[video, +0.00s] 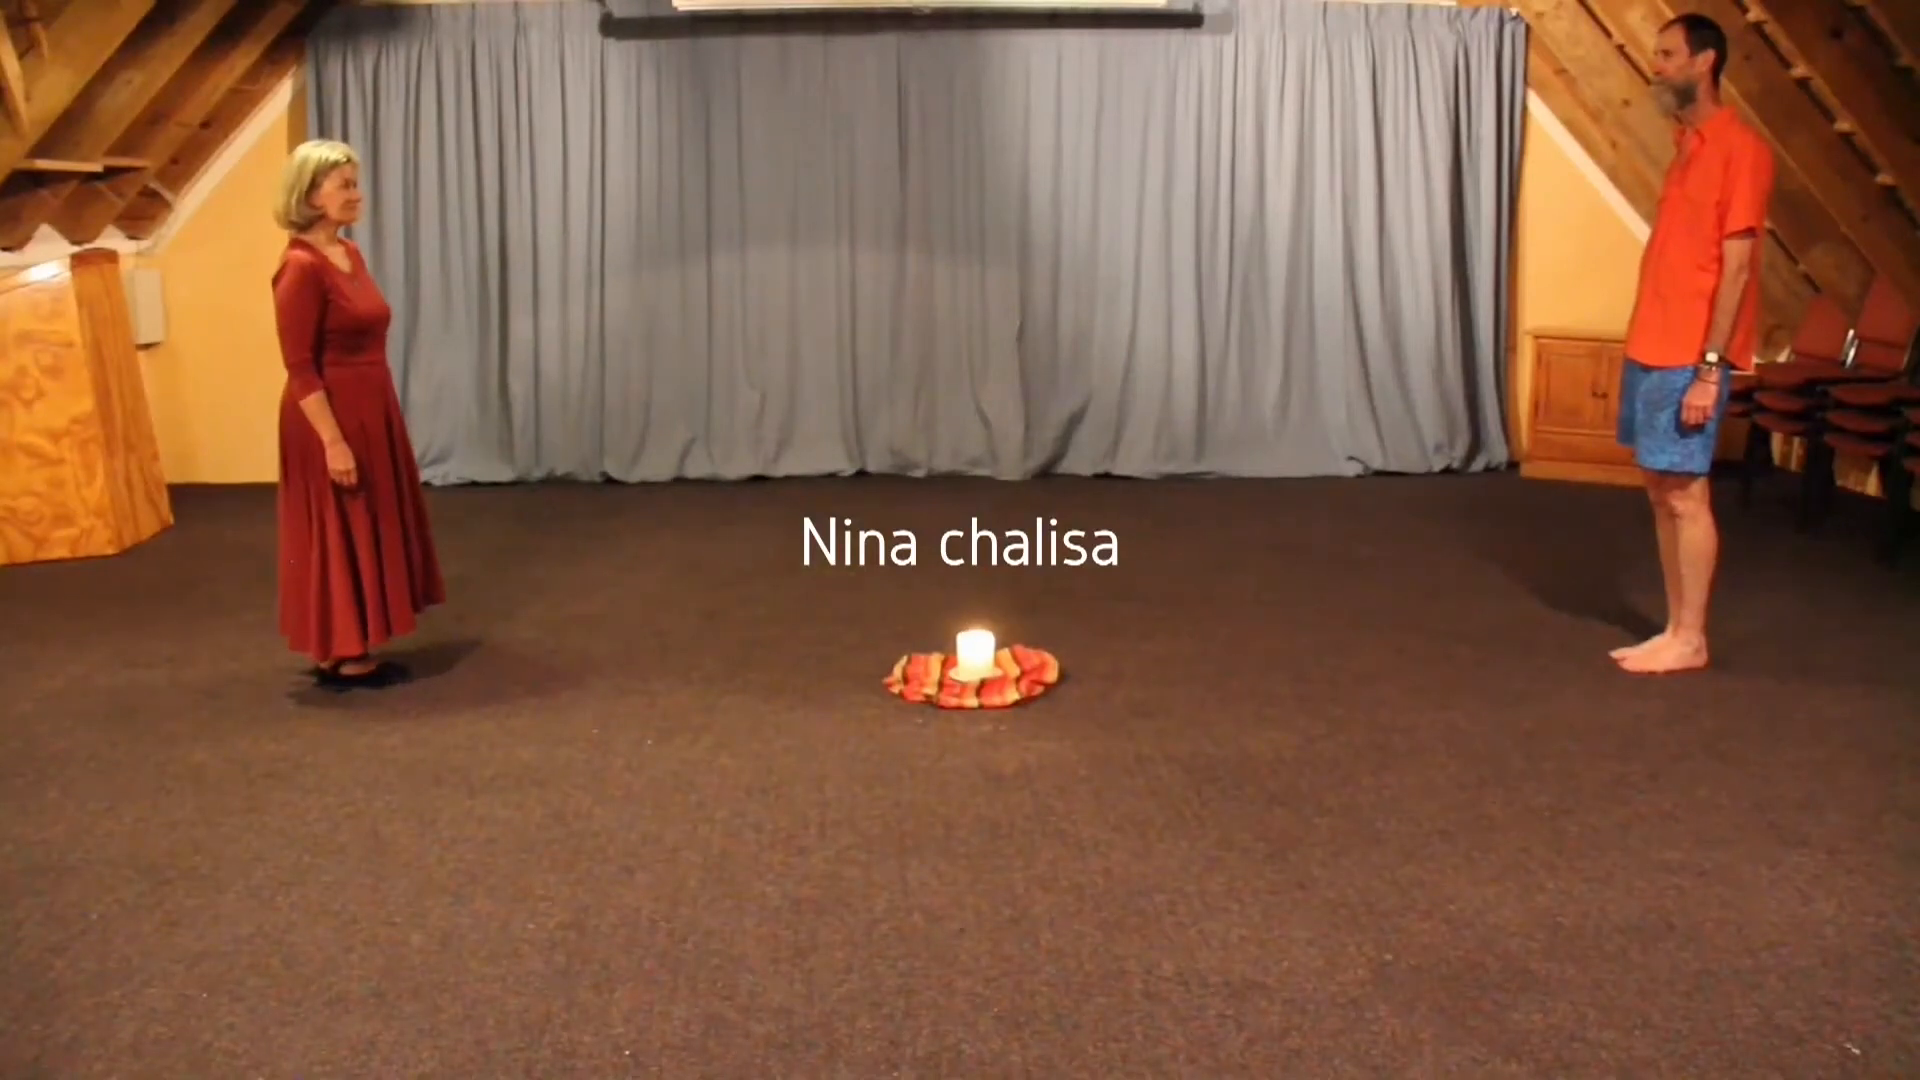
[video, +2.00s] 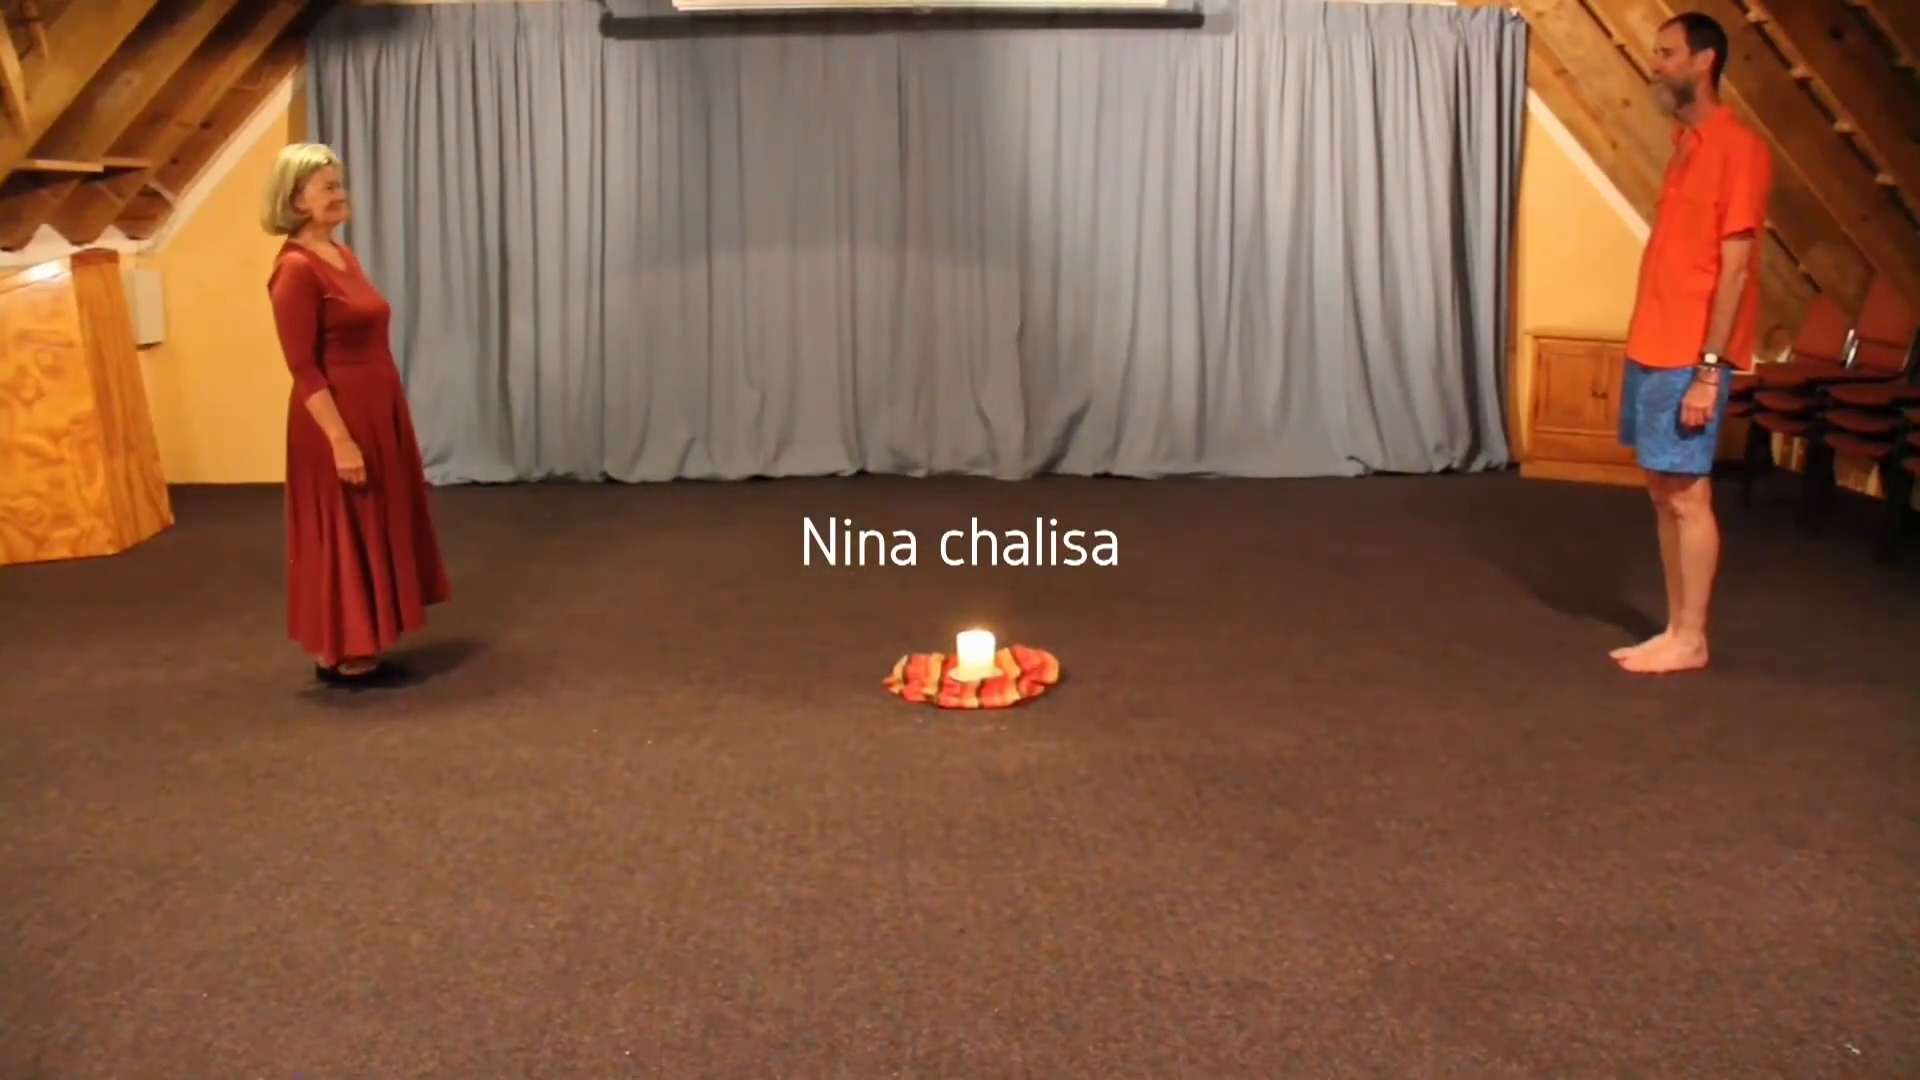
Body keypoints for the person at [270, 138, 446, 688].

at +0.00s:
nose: (356, 195)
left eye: (357, 184)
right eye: (344, 186)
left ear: (355, 190)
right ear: (311, 194)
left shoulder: (348, 252)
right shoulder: (299, 267)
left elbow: (361, 347)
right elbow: (299, 367)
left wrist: (383, 415)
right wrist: (333, 440)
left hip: (369, 406)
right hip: (329, 413)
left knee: (362, 524)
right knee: (336, 528)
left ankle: (351, 646)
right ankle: (341, 651)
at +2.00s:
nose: (340, 195)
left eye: (340, 186)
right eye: (327, 188)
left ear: (341, 193)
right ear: (297, 201)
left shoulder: (339, 254)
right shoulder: (294, 268)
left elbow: (362, 347)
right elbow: (303, 367)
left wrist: (388, 417)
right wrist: (340, 440)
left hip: (372, 407)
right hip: (336, 414)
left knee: (367, 525)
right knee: (340, 529)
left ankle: (359, 646)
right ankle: (341, 651)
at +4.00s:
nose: (333, 183)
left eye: (331, 173)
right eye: (320, 175)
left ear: (326, 183)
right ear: (289, 189)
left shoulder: (328, 248)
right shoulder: (279, 259)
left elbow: (340, 343)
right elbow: (275, 358)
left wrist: (363, 408)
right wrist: (304, 431)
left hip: (344, 402)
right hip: (306, 409)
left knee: (342, 519)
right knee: (314, 524)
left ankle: (339, 641)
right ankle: (325, 647)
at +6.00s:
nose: (340, 182)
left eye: (336, 173)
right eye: (326, 176)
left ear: (325, 186)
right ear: (295, 193)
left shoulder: (344, 248)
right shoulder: (286, 262)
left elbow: (360, 344)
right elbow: (282, 363)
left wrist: (379, 415)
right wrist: (304, 438)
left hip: (361, 406)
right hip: (318, 413)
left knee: (354, 521)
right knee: (323, 525)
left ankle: (343, 643)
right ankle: (327, 648)